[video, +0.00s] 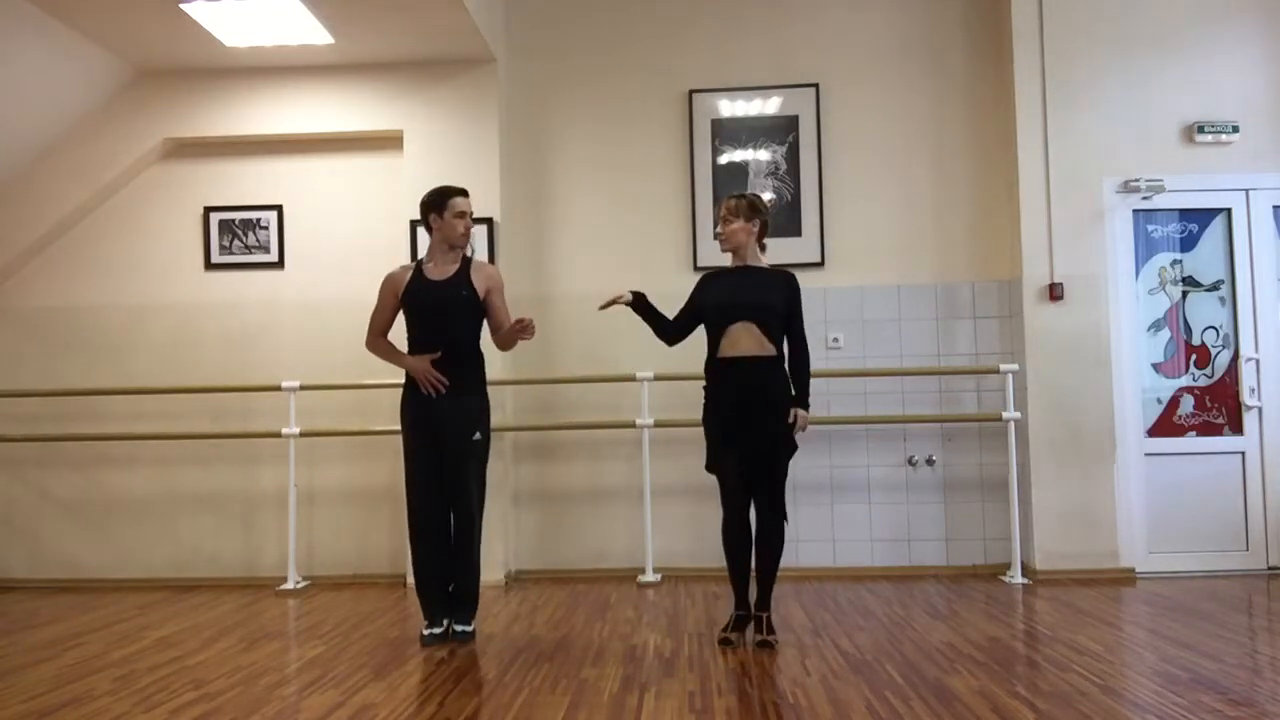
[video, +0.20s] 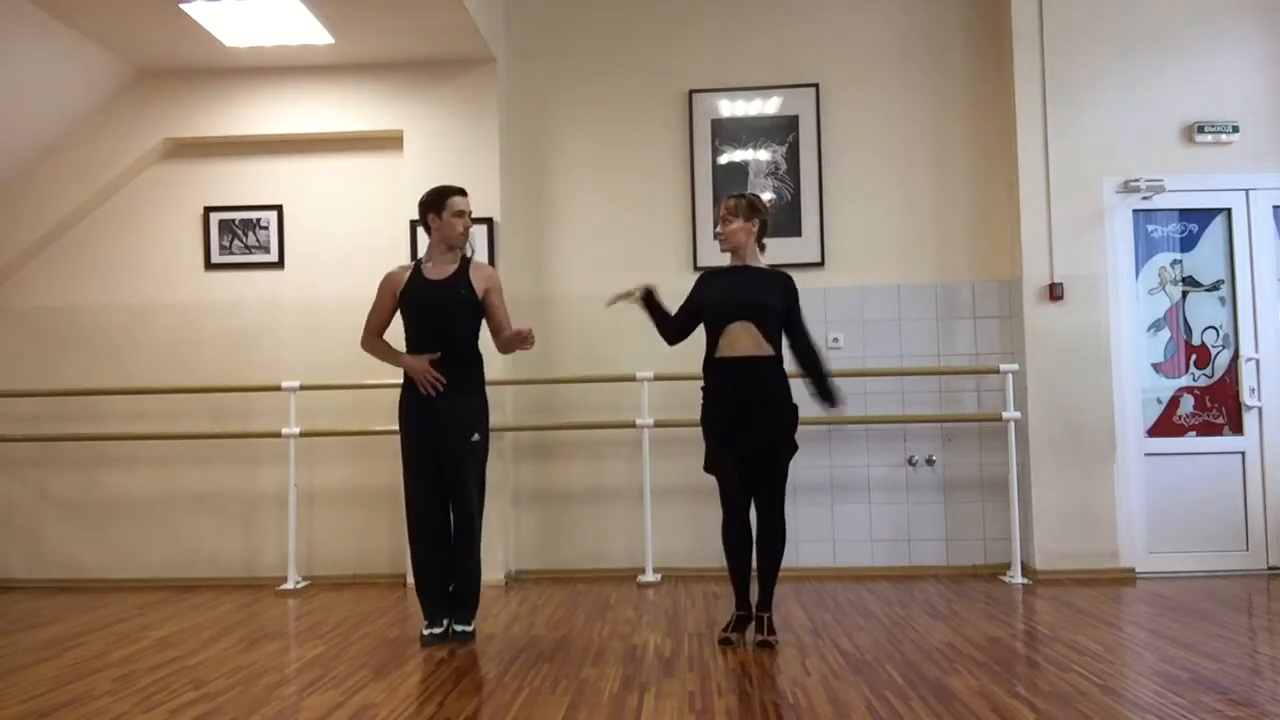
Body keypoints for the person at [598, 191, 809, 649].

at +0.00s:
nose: (720, 228)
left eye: (729, 220)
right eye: (719, 221)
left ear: (755, 227)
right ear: (726, 230)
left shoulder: (783, 281)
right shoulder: (712, 282)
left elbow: (797, 345)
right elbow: (672, 333)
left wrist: (800, 400)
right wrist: (638, 301)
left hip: (772, 398)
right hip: (725, 397)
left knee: (770, 506)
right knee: (734, 507)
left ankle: (764, 608)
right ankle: (741, 608)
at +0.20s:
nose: (722, 227)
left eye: (731, 219)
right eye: (720, 221)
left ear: (755, 227)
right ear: (721, 231)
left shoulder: (779, 282)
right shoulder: (709, 281)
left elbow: (799, 340)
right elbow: (673, 333)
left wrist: (824, 388)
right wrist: (648, 298)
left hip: (770, 394)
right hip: (722, 395)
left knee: (770, 506)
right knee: (733, 506)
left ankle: (764, 609)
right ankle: (741, 608)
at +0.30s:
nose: (716, 223)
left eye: (725, 215)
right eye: (716, 216)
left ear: (752, 223)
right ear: (728, 226)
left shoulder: (783, 277)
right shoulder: (707, 274)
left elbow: (835, 322)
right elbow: (672, 318)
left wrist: (886, 357)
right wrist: (674, 273)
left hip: (765, 395)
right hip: (716, 395)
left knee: (763, 504)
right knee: (729, 503)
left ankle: (764, 607)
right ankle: (737, 606)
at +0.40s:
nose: (718, 220)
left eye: (727, 213)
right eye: (716, 214)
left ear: (752, 220)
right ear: (717, 223)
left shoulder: (785, 269)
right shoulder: (708, 266)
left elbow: (846, 288)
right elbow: (683, 319)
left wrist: (907, 304)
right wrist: (712, 283)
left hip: (762, 391)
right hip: (713, 391)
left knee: (749, 496)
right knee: (725, 498)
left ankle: (756, 602)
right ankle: (738, 602)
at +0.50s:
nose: (718, 232)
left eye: (727, 225)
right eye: (716, 226)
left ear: (752, 230)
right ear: (716, 233)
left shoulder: (782, 283)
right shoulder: (707, 286)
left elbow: (844, 291)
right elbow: (701, 349)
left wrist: (902, 275)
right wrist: (734, 345)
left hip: (758, 410)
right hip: (712, 408)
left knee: (743, 508)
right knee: (727, 507)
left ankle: (744, 609)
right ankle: (744, 609)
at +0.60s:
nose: (718, 229)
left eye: (726, 221)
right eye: (714, 223)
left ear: (750, 224)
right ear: (711, 231)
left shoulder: (779, 278)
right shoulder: (707, 284)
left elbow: (824, 327)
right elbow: (691, 343)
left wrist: (853, 284)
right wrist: (687, 369)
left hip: (762, 396)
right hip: (717, 396)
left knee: (748, 507)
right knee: (721, 506)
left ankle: (748, 612)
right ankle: (732, 606)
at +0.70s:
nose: (714, 217)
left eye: (722, 209)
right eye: (711, 211)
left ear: (749, 213)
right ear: (713, 219)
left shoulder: (777, 264)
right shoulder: (705, 268)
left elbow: (804, 323)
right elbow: (683, 323)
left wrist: (817, 290)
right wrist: (666, 373)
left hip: (766, 380)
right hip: (718, 380)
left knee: (756, 496)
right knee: (716, 461)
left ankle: (751, 609)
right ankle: (726, 539)